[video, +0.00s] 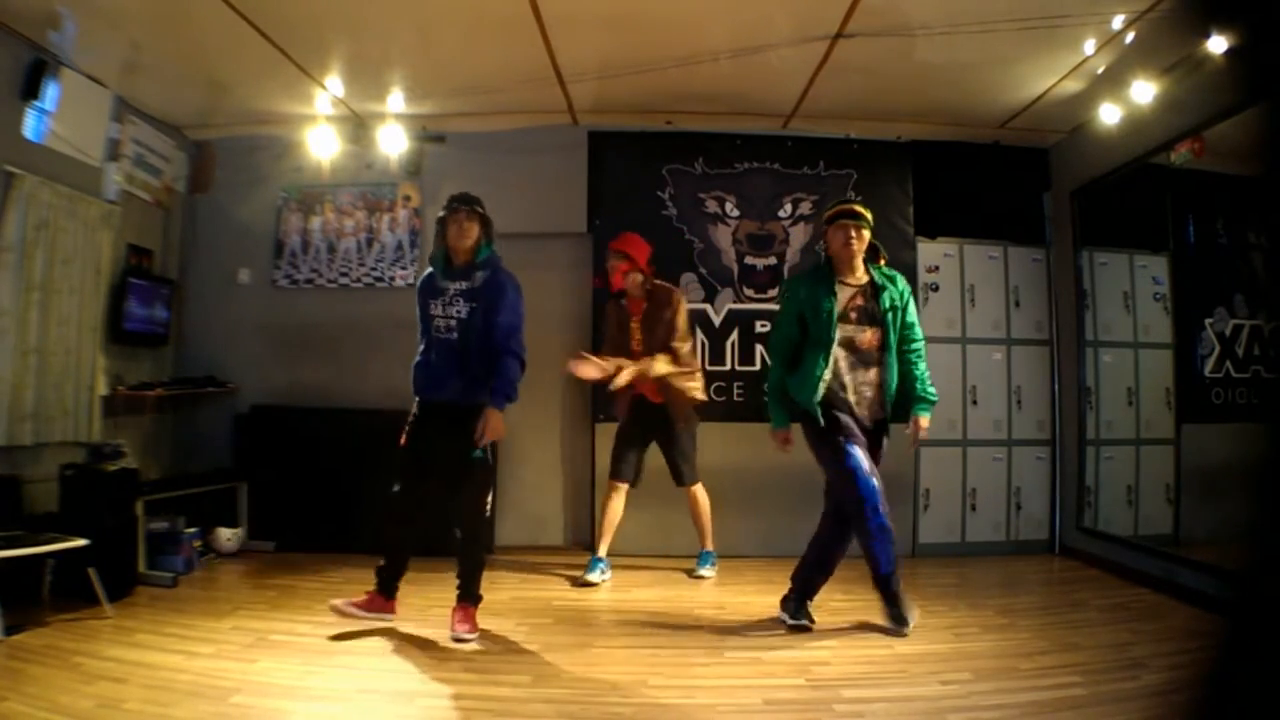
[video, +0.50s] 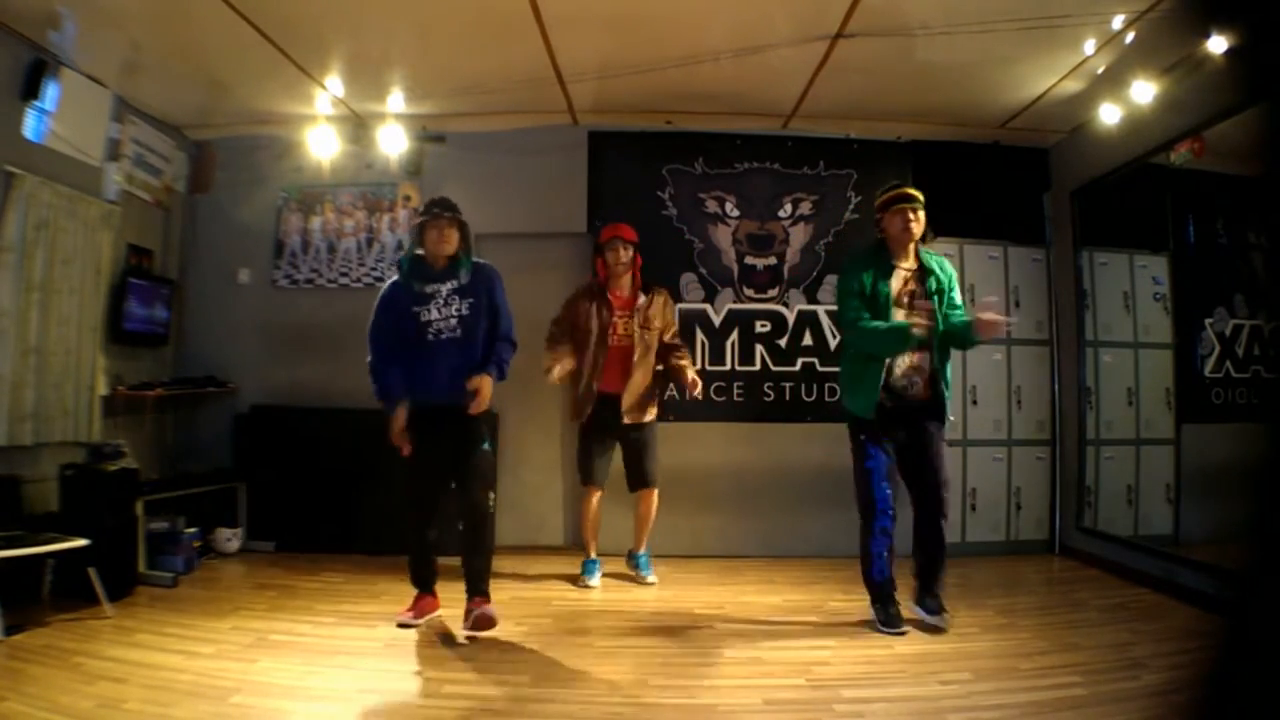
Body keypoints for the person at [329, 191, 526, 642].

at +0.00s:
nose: (459, 230)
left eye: (468, 222)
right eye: (452, 222)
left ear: (482, 230)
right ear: (443, 230)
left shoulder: (499, 283)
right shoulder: (430, 282)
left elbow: (510, 348)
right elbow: (427, 345)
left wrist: (497, 405)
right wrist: (418, 404)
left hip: (475, 411)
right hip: (431, 408)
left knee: (473, 510)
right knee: (406, 499)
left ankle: (466, 607)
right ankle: (384, 595)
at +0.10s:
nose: (452, 228)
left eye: (460, 221)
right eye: (445, 222)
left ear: (474, 231)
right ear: (434, 232)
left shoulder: (493, 280)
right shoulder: (422, 288)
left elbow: (509, 345)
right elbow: (421, 350)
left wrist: (490, 394)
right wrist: (416, 407)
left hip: (475, 408)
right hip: (428, 407)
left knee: (475, 507)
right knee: (406, 497)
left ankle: (466, 605)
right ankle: (402, 597)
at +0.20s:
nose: (443, 230)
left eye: (450, 223)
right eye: (436, 224)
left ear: (464, 232)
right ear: (423, 233)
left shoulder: (488, 275)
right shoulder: (411, 291)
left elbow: (508, 339)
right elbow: (406, 352)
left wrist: (488, 385)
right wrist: (409, 405)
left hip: (472, 410)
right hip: (425, 410)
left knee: (475, 506)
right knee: (418, 501)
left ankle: (467, 604)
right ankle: (422, 590)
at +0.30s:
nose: (435, 238)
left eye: (442, 231)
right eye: (428, 231)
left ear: (456, 238)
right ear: (415, 239)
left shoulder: (482, 278)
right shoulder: (400, 296)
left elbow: (506, 339)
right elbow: (388, 364)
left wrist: (488, 386)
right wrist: (395, 427)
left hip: (469, 411)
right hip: (420, 413)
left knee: (473, 506)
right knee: (418, 504)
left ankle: (466, 604)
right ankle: (425, 595)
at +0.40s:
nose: (434, 239)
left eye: (441, 231)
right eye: (426, 232)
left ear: (455, 238)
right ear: (414, 240)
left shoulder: (480, 279)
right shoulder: (398, 297)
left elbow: (506, 338)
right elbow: (381, 364)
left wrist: (494, 383)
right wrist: (381, 427)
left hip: (471, 411)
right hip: (420, 413)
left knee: (476, 503)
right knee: (417, 505)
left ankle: (470, 603)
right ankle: (424, 596)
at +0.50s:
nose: (443, 237)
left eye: (450, 229)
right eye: (434, 229)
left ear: (461, 235)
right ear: (421, 236)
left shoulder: (483, 279)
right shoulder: (399, 289)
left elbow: (504, 336)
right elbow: (382, 353)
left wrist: (490, 374)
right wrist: (396, 404)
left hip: (473, 407)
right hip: (423, 408)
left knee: (477, 501)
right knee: (420, 502)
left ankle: (478, 599)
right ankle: (425, 594)